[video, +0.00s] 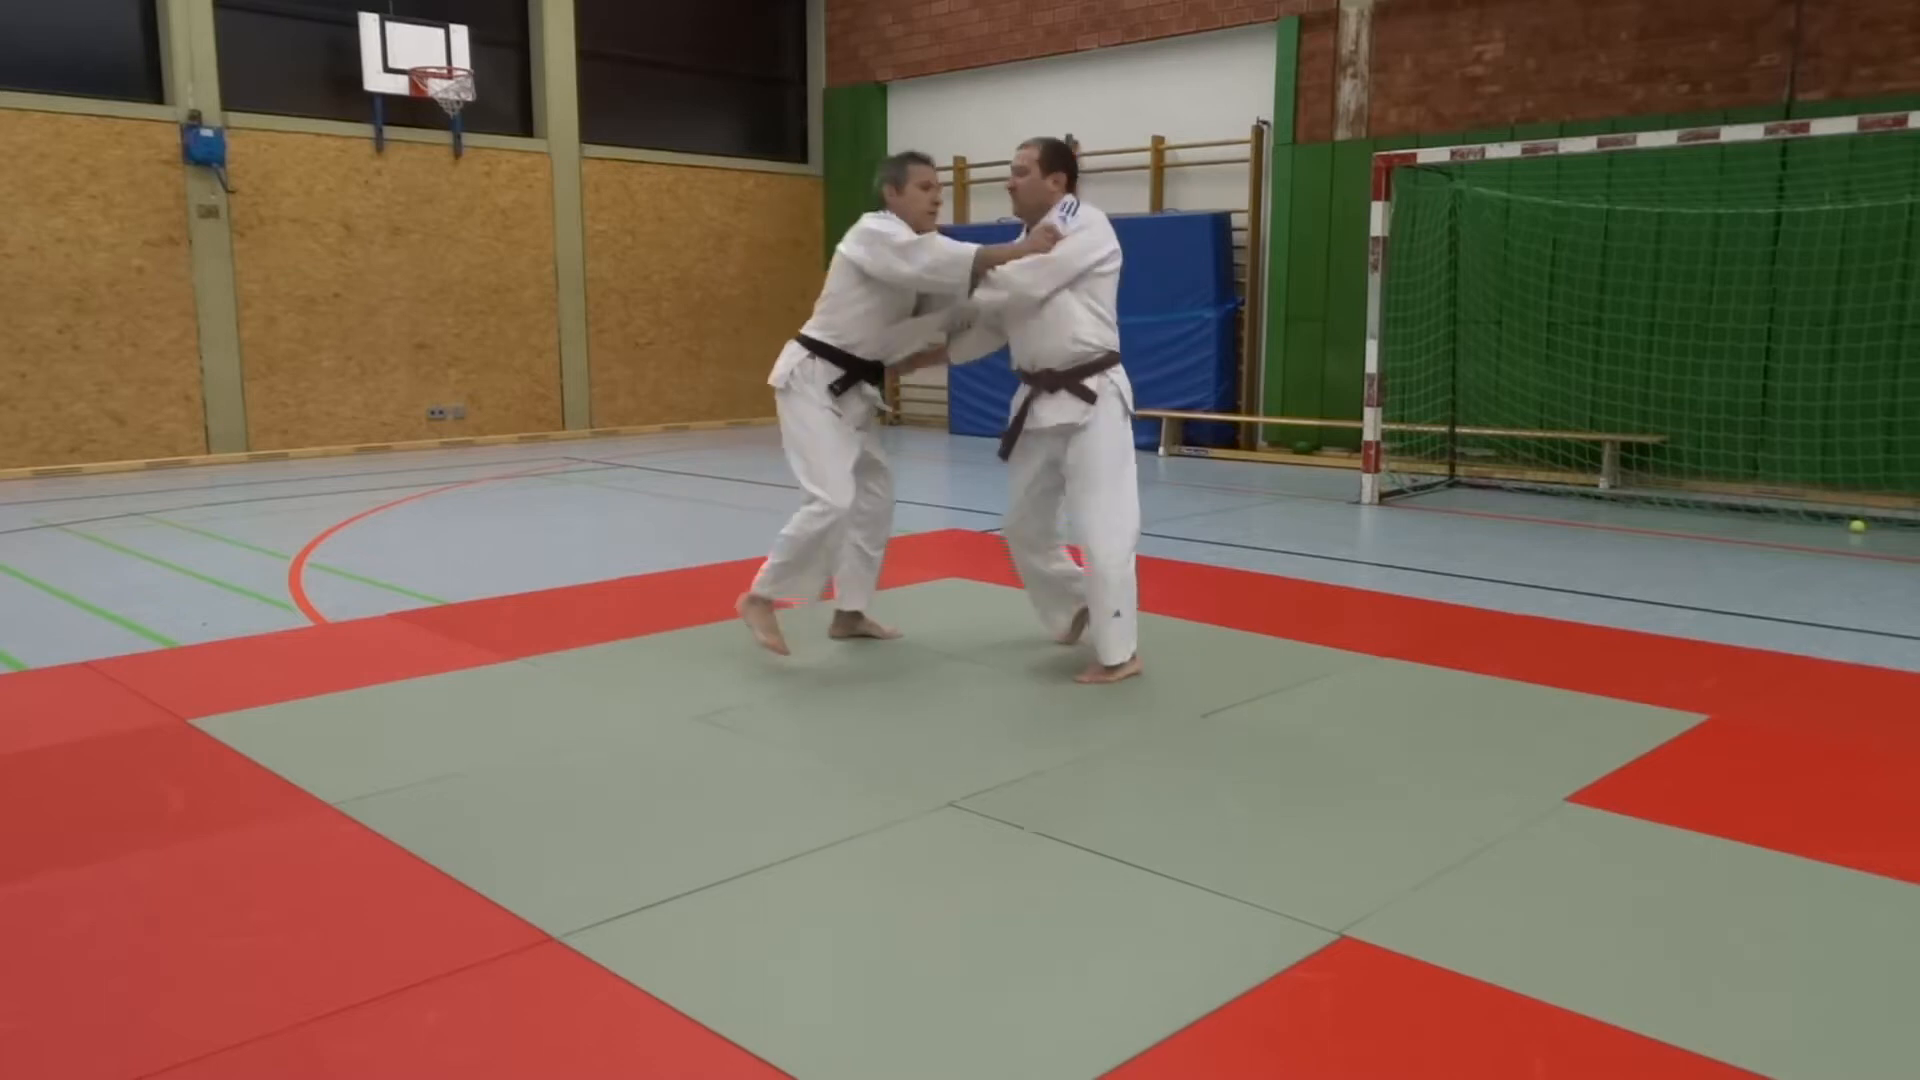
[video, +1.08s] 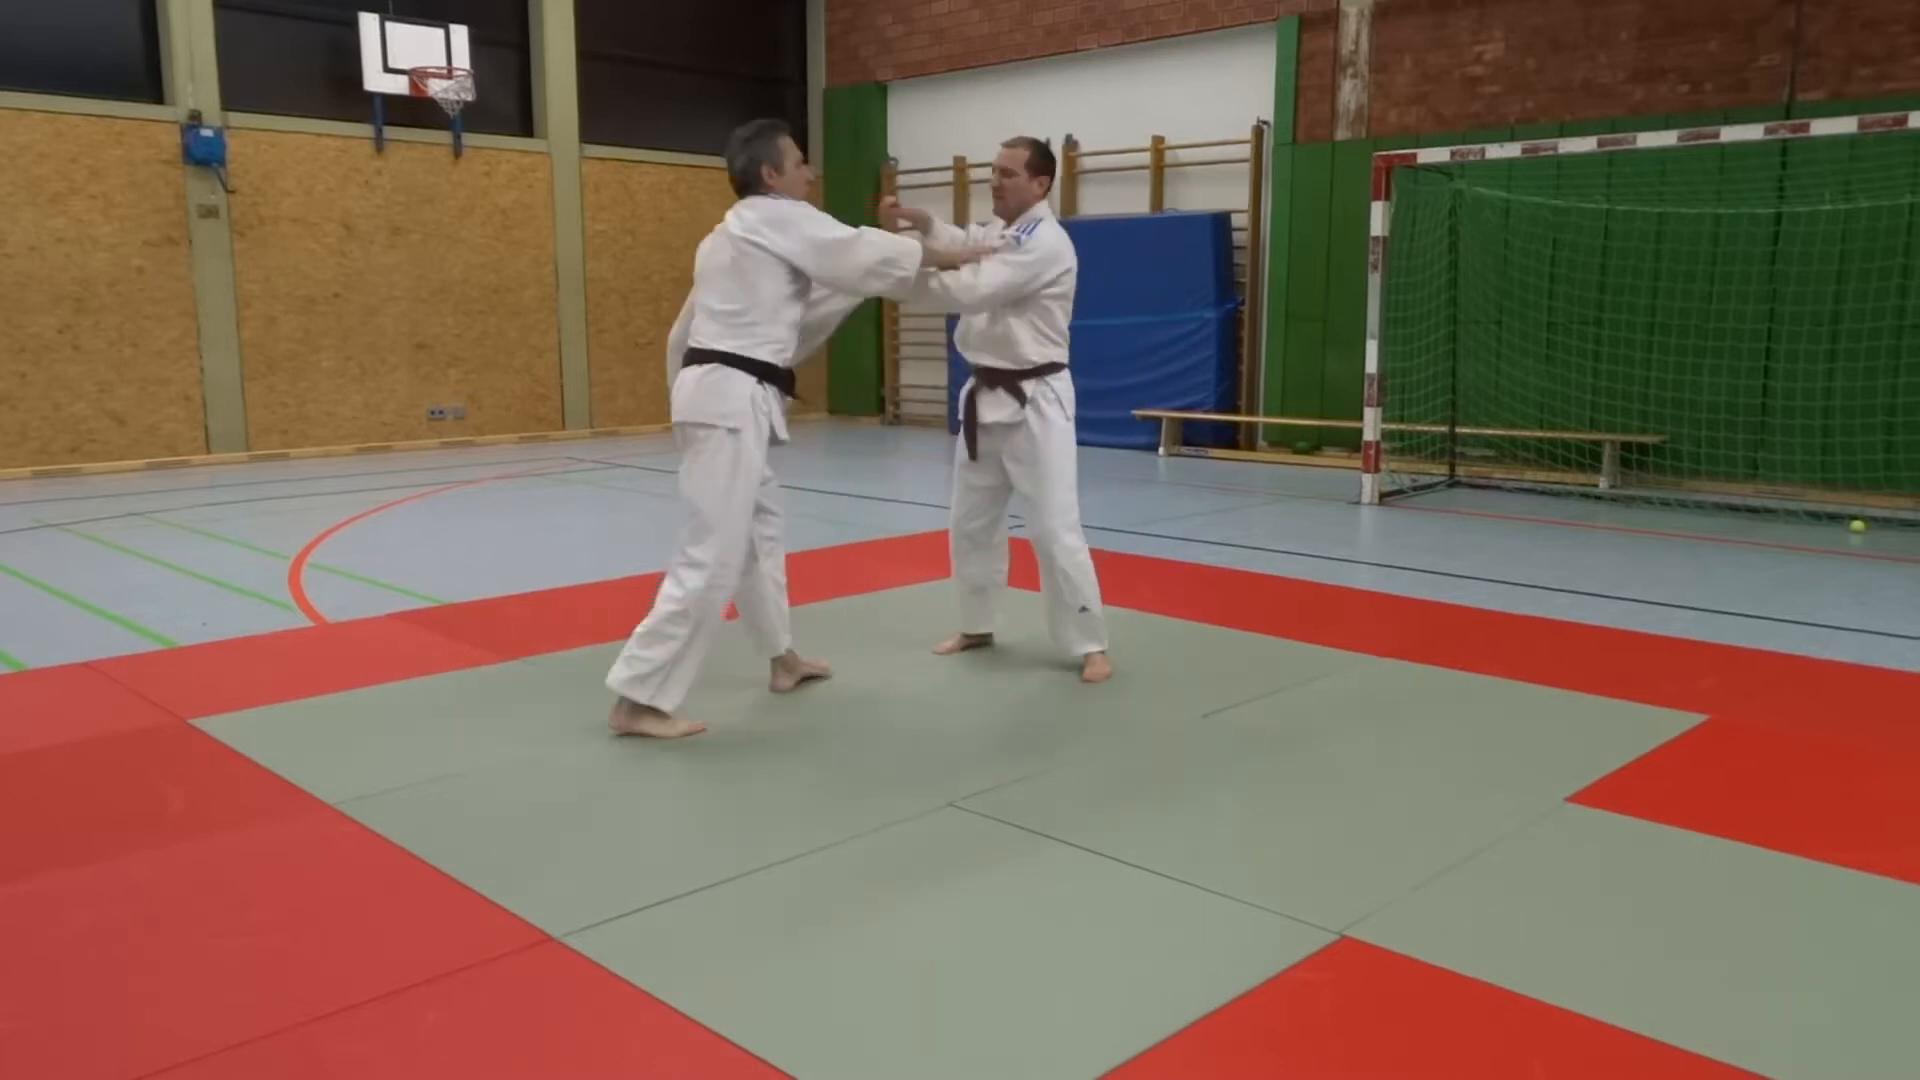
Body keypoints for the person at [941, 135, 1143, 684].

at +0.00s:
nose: (1010, 181)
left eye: (1021, 173)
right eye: (1011, 172)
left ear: (1057, 182)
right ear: (1036, 184)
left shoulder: (1090, 226)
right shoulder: (1017, 248)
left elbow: (1028, 283)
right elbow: (992, 327)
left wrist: (967, 296)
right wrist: (927, 355)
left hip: (1095, 395)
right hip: (1040, 399)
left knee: (1103, 527)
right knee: (1023, 526)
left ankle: (1119, 653)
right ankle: (1078, 609)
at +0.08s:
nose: (998, 192)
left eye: (1010, 184)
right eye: (997, 182)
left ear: (1044, 192)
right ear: (1000, 190)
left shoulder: (1075, 238)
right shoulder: (998, 253)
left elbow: (1028, 299)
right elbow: (971, 342)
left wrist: (962, 292)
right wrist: (895, 354)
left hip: (1082, 401)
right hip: (1024, 405)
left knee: (1107, 531)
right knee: (1000, 533)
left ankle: (1131, 653)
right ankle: (1041, 591)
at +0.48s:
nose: (971, 199)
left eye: (983, 190)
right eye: (965, 189)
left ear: (1012, 197)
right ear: (959, 195)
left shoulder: (1044, 251)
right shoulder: (946, 252)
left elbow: (1028, 312)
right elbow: (920, 306)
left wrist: (961, 295)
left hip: (1034, 403)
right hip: (972, 404)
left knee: (1062, 529)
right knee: (953, 539)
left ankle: (1103, 645)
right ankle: (966, 630)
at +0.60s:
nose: (968, 195)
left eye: (979, 185)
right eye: (963, 185)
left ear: (1013, 189)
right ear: (959, 188)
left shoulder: (1040, 245)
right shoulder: (951, 232)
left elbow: (1003, 308)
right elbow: (906, 272)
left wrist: (944, 281)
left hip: (1031, 400)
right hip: (971, 397)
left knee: (1062, 525)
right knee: (955, 527)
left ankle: (1099, 641)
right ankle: (966, 629)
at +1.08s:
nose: (995, 184)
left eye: (1007, 175)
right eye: (994, 174)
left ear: (1041, 183)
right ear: (998, 180)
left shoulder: (1049, 243)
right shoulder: (996, 233)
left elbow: (972, 289)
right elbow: (950, 238)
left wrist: (903, 269)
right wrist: (915, 222)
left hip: (1038, 398)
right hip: (983, 395)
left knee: (1055, 528)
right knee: (973, 521)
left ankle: (1091, 646)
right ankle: (976, 628)